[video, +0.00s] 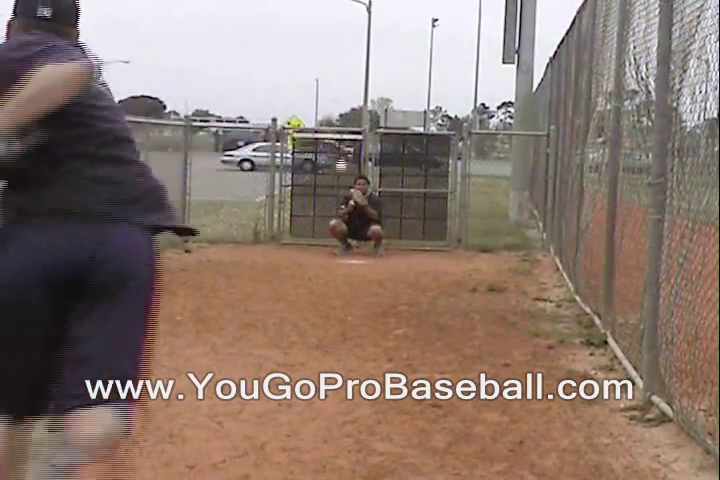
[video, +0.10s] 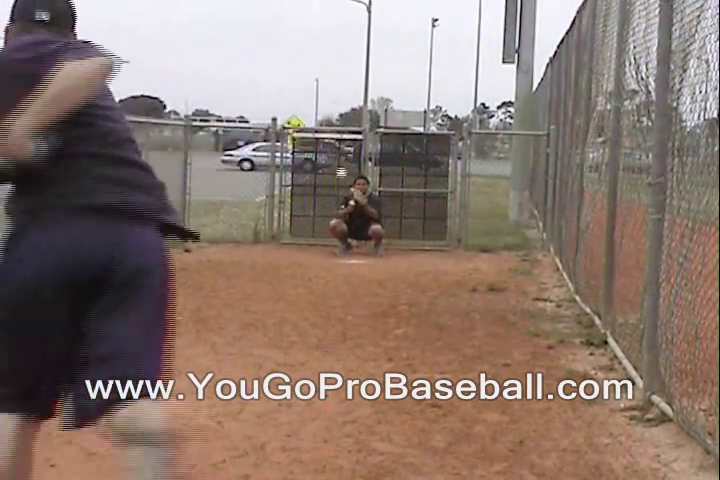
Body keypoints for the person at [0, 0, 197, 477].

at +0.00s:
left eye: (10, 19)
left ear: (14, 22)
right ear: (74, 29)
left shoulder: (13, 50)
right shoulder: (78, 57)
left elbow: (73, 70)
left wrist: (5, 117)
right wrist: (10, 115)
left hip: (34, 233)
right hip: (119, 233)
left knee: (17, 412)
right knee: (103, 404)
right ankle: (62, 455)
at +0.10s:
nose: (6, 29)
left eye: (10, 21)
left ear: (14, 24)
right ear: (68, 25)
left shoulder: (15, 53)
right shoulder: (81, 57)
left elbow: (95, 64)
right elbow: (99, 65)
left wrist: (24, 127)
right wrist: (24, 128)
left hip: (51, 235)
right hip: (134, 234)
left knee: (16, 412)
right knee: (135, 408)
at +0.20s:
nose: (10, 46)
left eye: (12, 38)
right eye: (13, 40)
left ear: (19, 37)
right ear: (67, 36)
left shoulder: (33, 57)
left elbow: (116, 71)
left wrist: (58, 142)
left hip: (82, 239)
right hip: (160, 239)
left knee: (29, 403)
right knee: (163, 398)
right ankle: (306, 433)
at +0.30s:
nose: (15, 52)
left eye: (17, 44)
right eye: (20, 45)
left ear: (23, 42)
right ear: (72, 39)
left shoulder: (39, 63)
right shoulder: (92, 74)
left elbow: (122, 80)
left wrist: (67, 150)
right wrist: (15, 185)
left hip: (95, 245)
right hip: (167, 241)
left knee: (37, 411)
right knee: (189, 399)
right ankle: (367, 440)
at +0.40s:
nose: (30, 56)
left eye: (33, 49)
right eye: (35, 50)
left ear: (42, 49)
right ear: (90, 48)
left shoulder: (54, 74)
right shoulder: (113, 94)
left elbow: (125, 99)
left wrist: (72, 176)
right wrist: (44, 213)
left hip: (120, 252)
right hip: (188, 245)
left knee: (52, 413)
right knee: (256, 398)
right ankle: (423, 462)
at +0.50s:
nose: (40, 62)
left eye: (44, 54)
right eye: (43, 54)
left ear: (57, 52)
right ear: (102, 52)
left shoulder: (63, 78)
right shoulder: (132, 99)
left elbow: (121, 108)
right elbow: (115, 208)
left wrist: (71, 183)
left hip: (126, 257)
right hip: (200, 248)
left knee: (63, 417)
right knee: (272, 401)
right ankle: (429, 472)